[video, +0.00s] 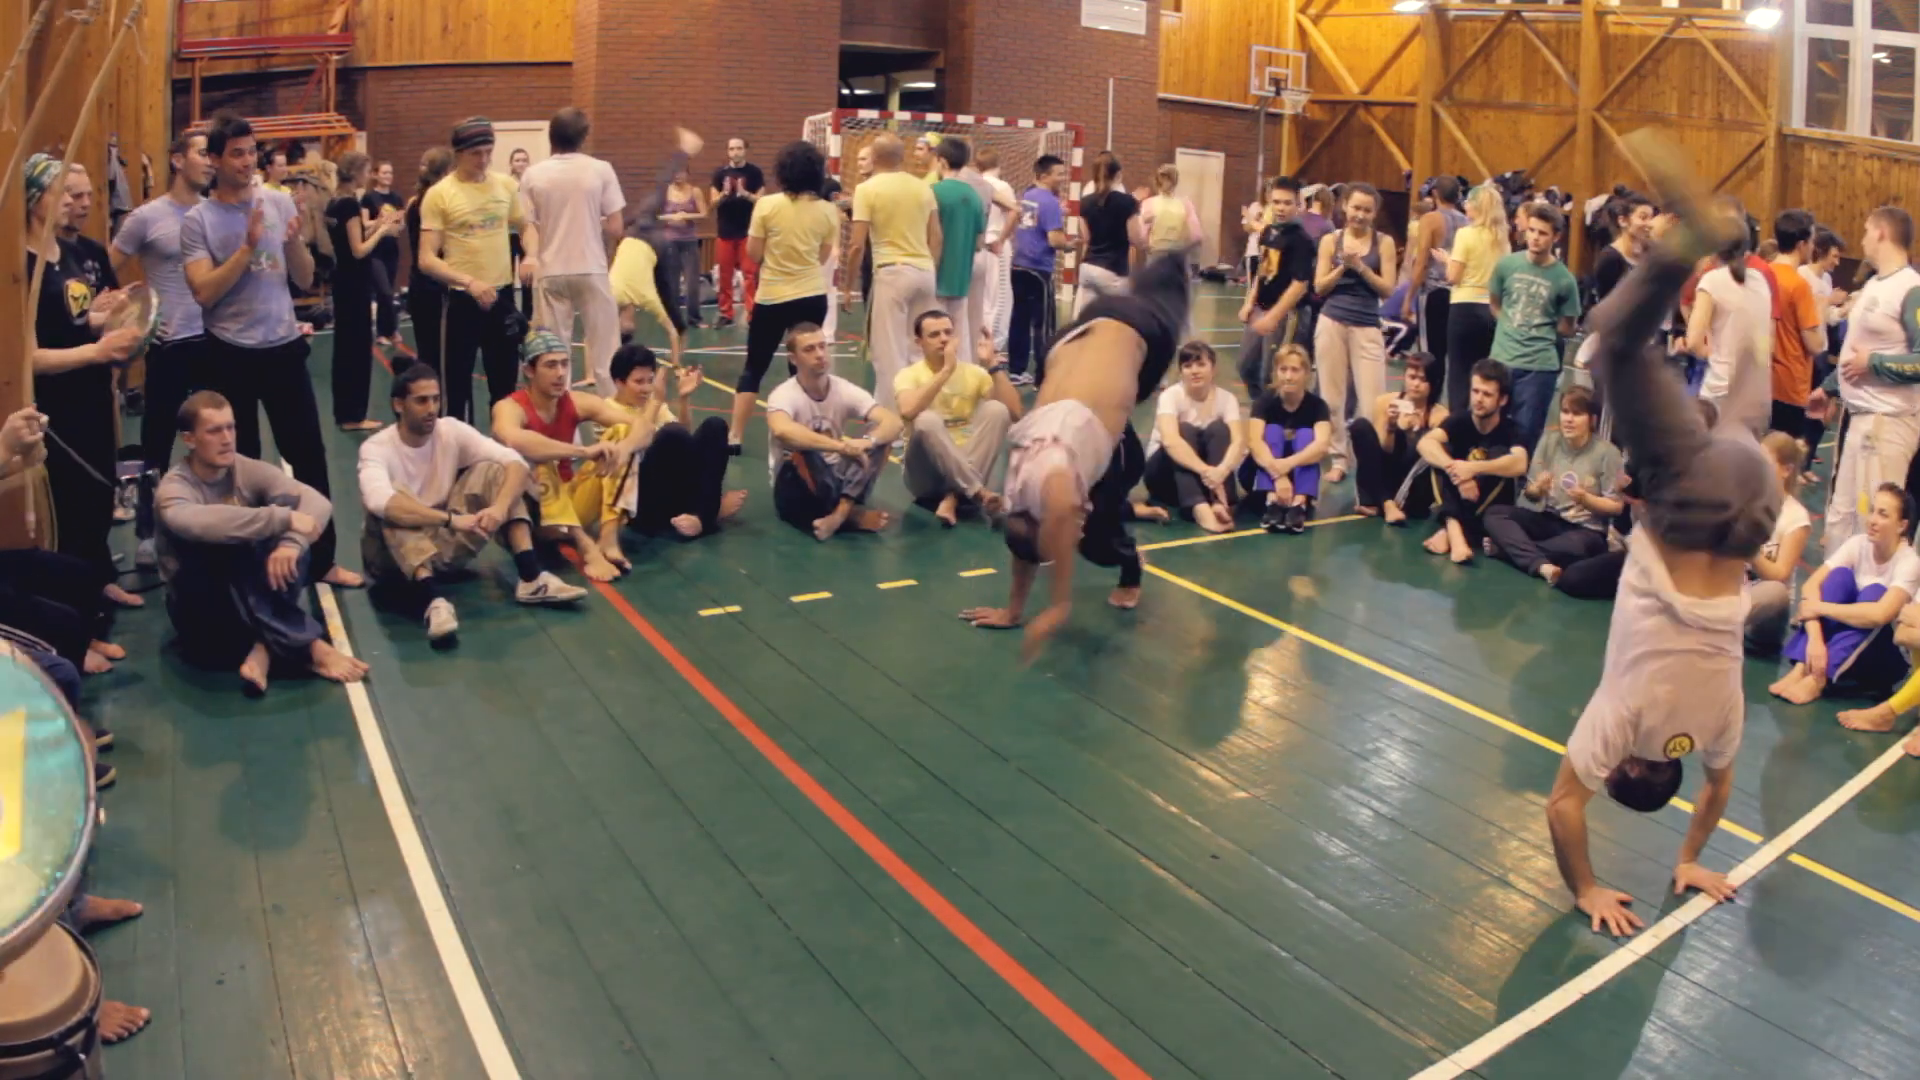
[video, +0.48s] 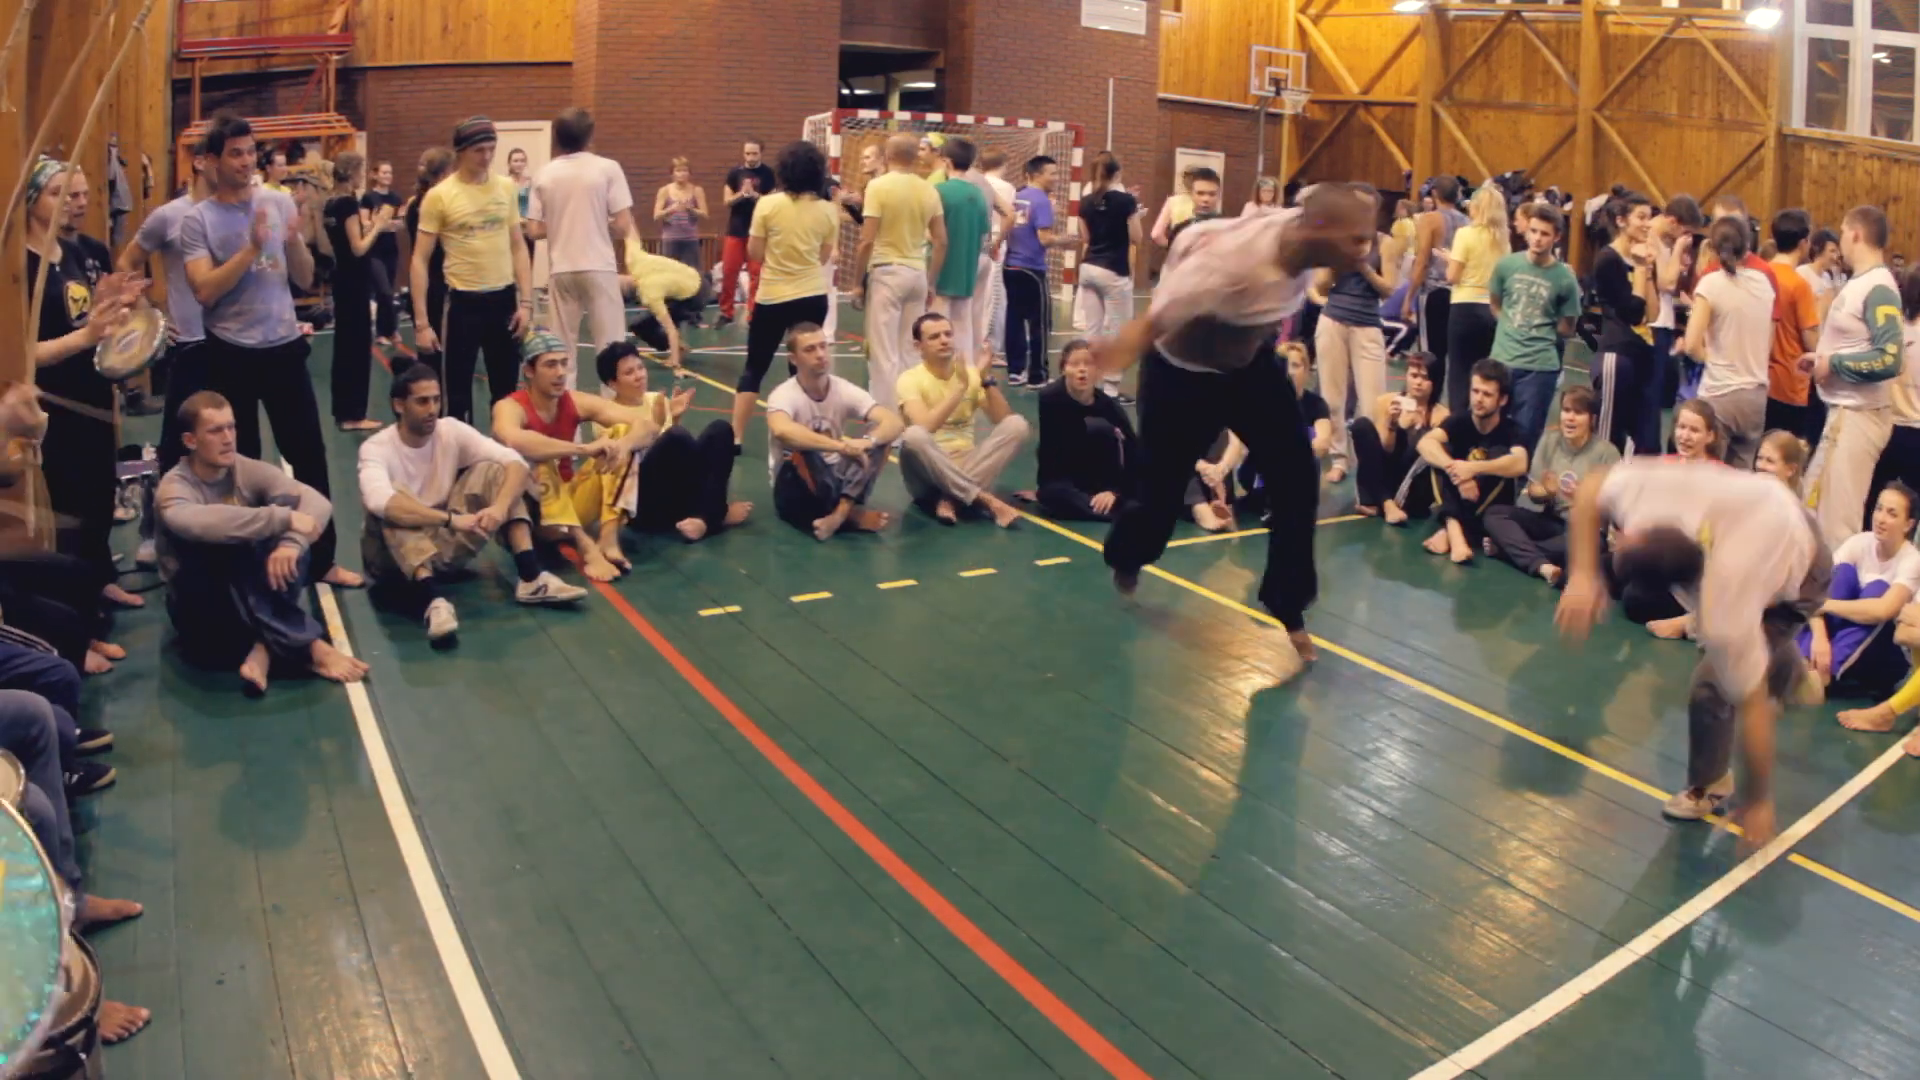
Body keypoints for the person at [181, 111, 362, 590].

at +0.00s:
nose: (248, 161)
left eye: (252, 152)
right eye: (237, 154)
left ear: (258, 154)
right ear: (215, 160)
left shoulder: (276, 202)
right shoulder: (198, 219)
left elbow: (304, 281)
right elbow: (204, 291)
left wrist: (293, 239)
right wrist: (248, 246)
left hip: (283, 346)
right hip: (229, 351)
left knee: (309, 457)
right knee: (241, 461)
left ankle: (322, 564)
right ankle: (249, 567)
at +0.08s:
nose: (248, 161)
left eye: (252, 152)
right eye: (237, 154)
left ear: (257, 154)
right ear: (214, 160)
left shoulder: (277, 202)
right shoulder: (197, 220)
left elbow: (304, 281)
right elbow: (204, 291)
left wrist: (294, 241)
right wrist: (248, 248)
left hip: (283, 346)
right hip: (229, 350)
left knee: (309, 456)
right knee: (240, 460)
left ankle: (322, 564)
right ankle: (249, 568)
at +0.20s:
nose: (247, 161)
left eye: (251, 152)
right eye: (237, 154)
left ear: (256, 155)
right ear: (213, 159)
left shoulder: (275, 204)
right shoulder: (196, 220)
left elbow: (304, 279)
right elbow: (205, 289)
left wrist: (285, 238)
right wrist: (258, 251)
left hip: (283, 347)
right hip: (229, 352)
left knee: (309, 456)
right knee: (240, 461)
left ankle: (322, 564)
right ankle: (250, 567)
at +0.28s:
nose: (247, 161)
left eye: (251, 152)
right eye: (236, 153)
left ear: (256, 155)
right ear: (212, 159)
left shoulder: (272, 204)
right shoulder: (196, 219)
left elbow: (304, 280)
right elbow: (205, 290)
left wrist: (290, 238)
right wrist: (255, 248)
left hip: (283, 347)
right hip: (229, 352)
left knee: (309, 456)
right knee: (240, 461)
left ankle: (322, 564)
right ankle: (250, 567)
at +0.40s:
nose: (247, 161)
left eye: (251, 152)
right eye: (236, 154)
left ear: (257, 155)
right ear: (213, 160)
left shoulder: (278, 202)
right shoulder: (196, 220)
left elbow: (306, 282)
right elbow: (203, 291)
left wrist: (300, 244)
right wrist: (246, 243)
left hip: (284, 346)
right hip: (229, 351)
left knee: (309, 456)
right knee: (241, 460)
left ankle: (322, 563)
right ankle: (250, 566)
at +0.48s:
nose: (247, 162)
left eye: (251, 152)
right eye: (236, 154)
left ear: (257, 155)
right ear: (212, 160)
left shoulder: (276, 202)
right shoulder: (196, 220)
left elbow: (305, 280)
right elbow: (204, 290)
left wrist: (293, 240)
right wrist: (252, 248)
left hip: (284, 347)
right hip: (230, 352)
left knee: (310, 456)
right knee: (241, 461)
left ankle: (322, 564)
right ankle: (250, 567)